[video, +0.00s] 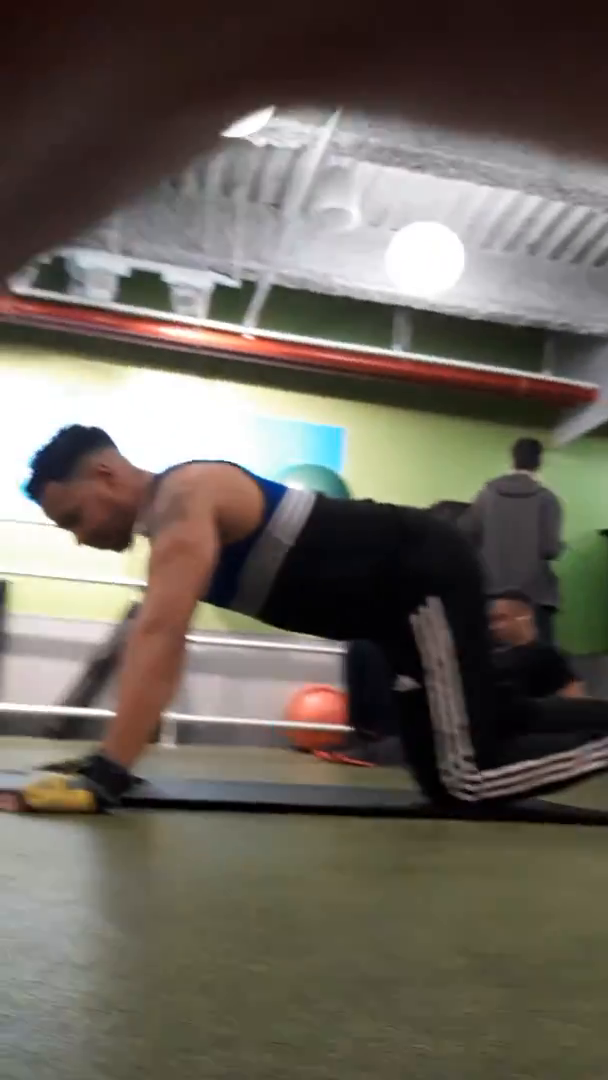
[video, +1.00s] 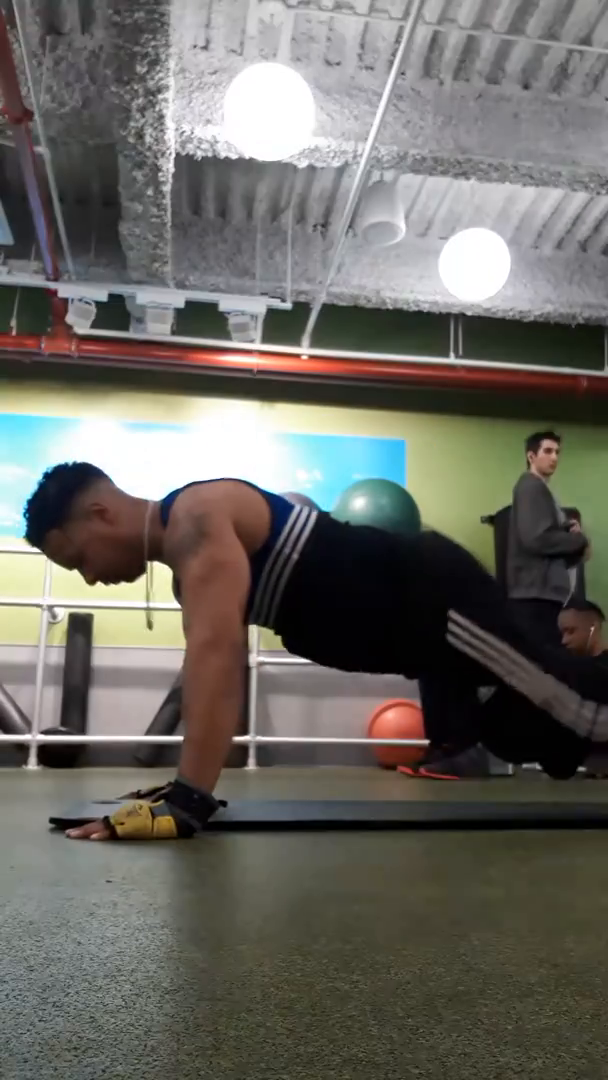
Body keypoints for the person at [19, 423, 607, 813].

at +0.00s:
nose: (80, 538)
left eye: (74, 519)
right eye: (69, 528)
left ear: (109, 476)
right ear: (107, 482)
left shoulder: (185, 495)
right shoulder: (175, 511)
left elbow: (160, 631)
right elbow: (159, 637)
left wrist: (107, 768)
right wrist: (114, 760)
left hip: (422, 578)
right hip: (404, 588)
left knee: (464, 777)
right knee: (448, 767)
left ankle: (601, 735)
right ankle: (589, 716)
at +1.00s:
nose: (86, 576)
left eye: (75, 558)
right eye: (72, 568)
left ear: (103, 511)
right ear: (106, 513)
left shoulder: (199, 516)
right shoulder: (191, 536)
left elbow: (218, 660)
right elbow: (217, 666)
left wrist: (189, 796)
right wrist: (188, 793)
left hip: (431, 595)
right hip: (419, 619)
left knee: (582, 722)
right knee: (544, 741)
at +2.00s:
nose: (24, 759)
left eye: (15, 741)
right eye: (12, 752)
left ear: (39, 692)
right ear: (42, 697)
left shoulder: (119, 682)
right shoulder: (128, 714)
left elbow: (220, 662)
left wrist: (190, 796)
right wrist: (160, 806)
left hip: (386, 726)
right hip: (375, 740)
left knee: (584, 731)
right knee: (548, 722)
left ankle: (592, 641)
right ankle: (588, 639)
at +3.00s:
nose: (37, 658)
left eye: (29, 636)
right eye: (25, 647)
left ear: (56, 596)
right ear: (54, 604)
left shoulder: (143, 609)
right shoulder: (137, 636)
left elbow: (223, 661)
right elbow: (224, 695)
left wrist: (190, 799)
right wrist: (177, 793)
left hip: (386, 678)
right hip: (373, 700)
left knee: (579, 713)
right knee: (557, 715)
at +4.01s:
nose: (41, 653)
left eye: (33, 631)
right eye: (28, 642)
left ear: (60, 591)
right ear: (60, 596)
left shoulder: (147, 601)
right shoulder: (141, 628)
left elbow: (220, 658)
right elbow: (222, 695)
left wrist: (188, 800)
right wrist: (183, 791)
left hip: (391, 666)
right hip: (382, 689)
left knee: (572, 710)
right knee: (553, 739)